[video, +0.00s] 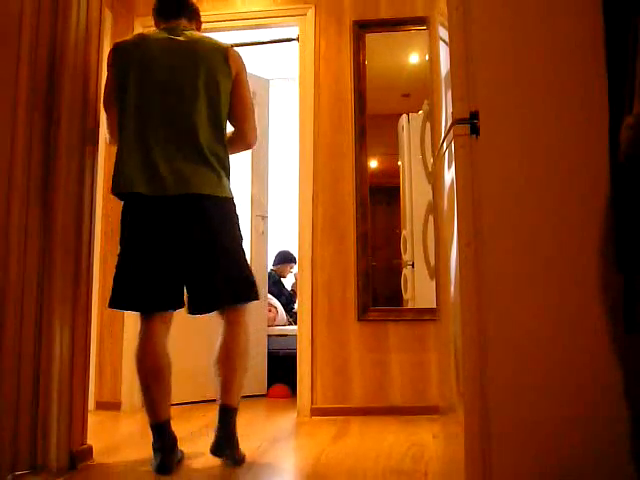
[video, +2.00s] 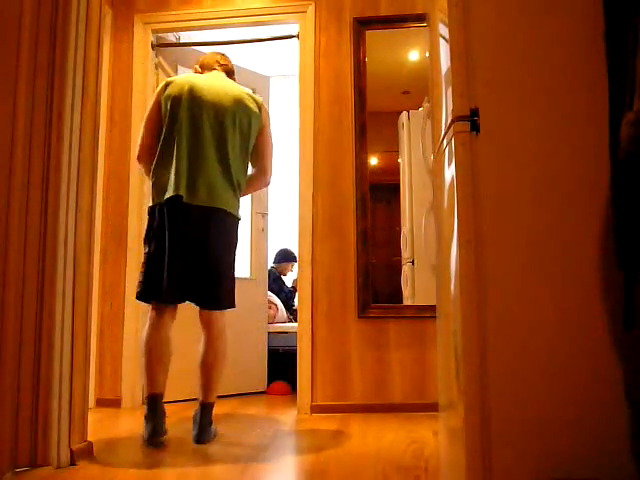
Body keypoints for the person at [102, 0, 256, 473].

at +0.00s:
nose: (194, 21)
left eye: (168, 17)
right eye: (196, 17)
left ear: (154, 18)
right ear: (196, 18)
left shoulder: (124, 52)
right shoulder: (225, 56)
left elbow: (114, 130)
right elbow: (247, 136)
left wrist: (154, 141)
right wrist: (206, 147)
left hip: (145, 205)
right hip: (207, 205)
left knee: (154, 321)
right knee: (237, 311)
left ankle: (163, 445)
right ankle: (227, 434)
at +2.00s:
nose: (194, 68)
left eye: (194, 65)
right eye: (203, 67)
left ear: (196, 69)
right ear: (231, 74)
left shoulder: (172, 86)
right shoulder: (253, 104)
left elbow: (145, 156)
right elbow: (263, 174)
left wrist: (173, 181)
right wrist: (227, 192)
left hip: (170, 213)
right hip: (220, 218)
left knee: (161, 314)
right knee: (214, 320)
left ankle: (155, 419)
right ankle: (204, 421)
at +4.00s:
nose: (191, 75)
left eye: (191, 71)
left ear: (192, 72)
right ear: (227, 73)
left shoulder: (168, 94)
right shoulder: (253, 102)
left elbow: (147, 163)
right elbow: (270, 169)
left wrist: (183, 179)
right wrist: (231, 180)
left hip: (177, 220)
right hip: (225, 222)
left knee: (174, 319)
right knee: (217, 323)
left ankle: (174, 420)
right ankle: (204, 421)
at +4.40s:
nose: (215, 69)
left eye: (206, 65)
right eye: (227, 65)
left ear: (200, 70)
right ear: (235, 71)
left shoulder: (177, 97)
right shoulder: (257, 104)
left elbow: (154, 155)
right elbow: (278, 169)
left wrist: (191, 171)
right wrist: (240, 178)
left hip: (183, 218)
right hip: (231, 222)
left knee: (186, 316)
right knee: (220, 324)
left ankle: (186, 410)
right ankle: (205, 422)